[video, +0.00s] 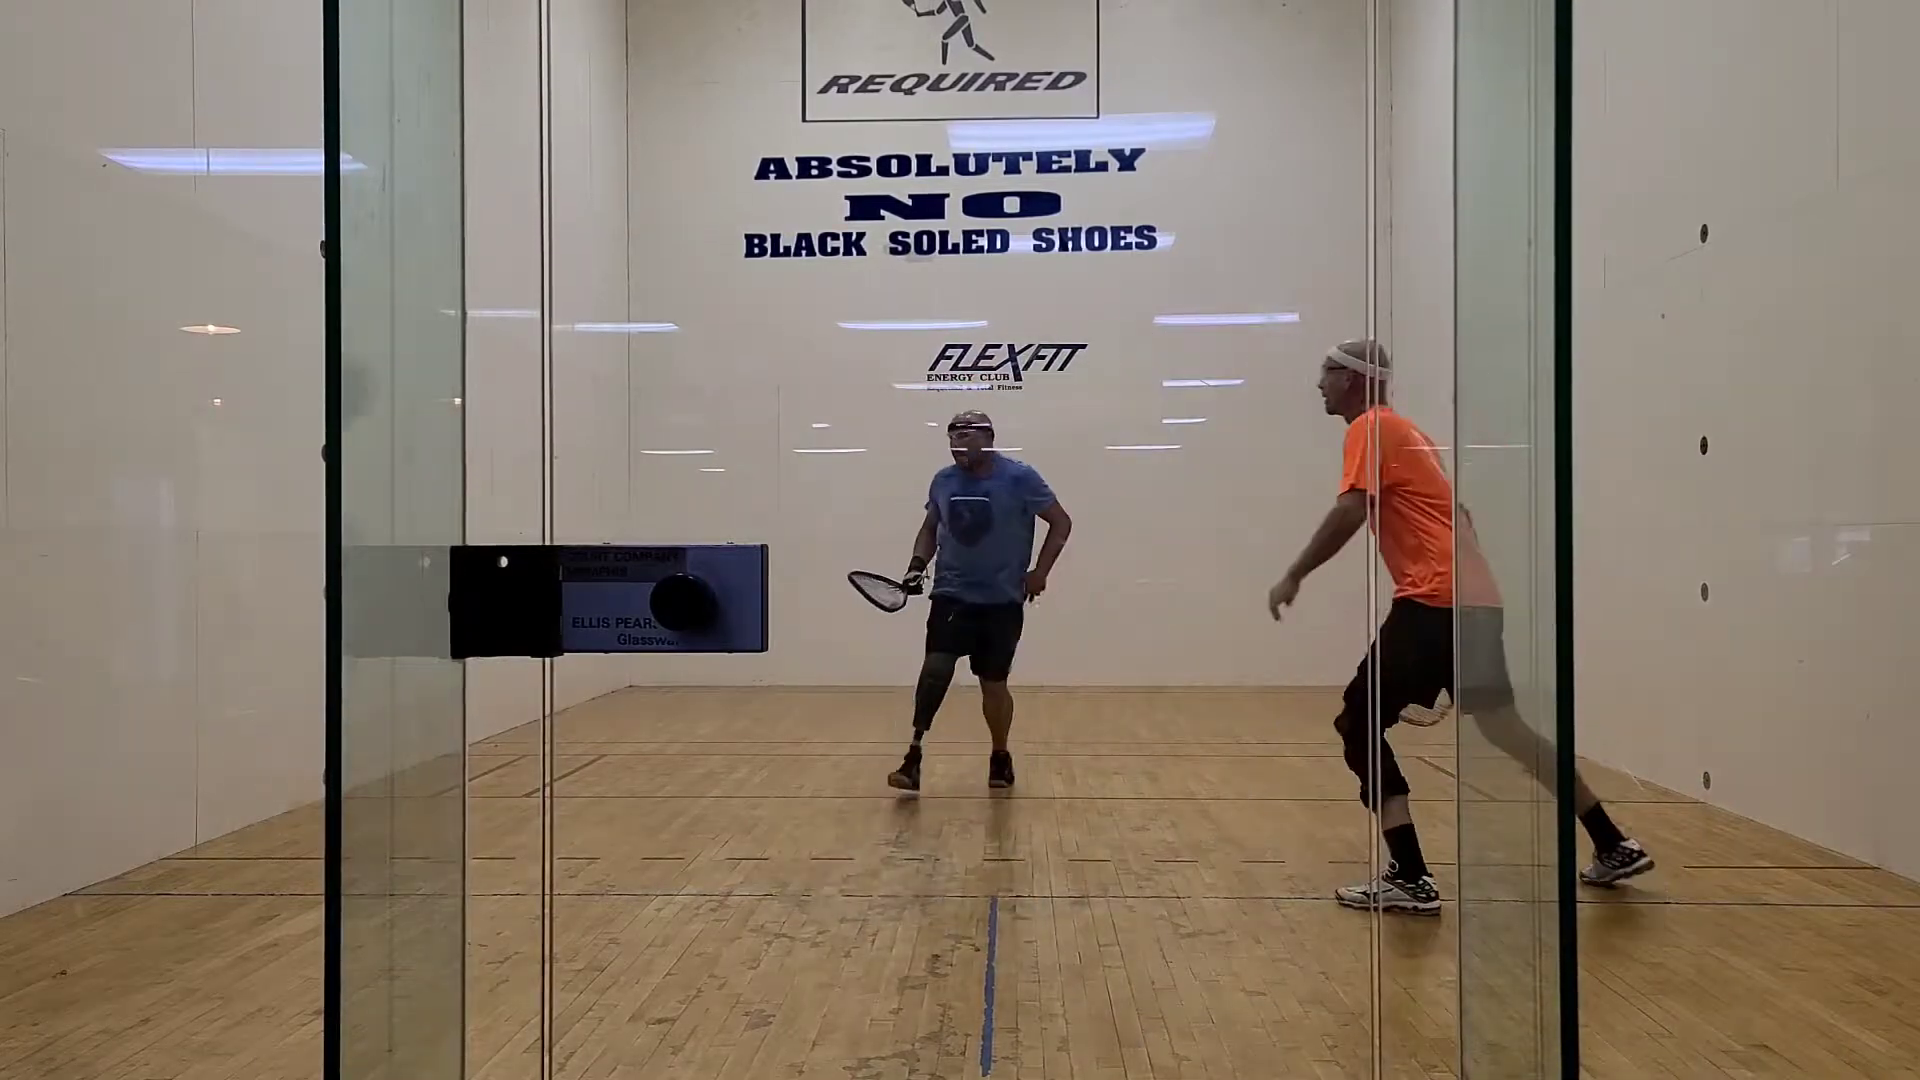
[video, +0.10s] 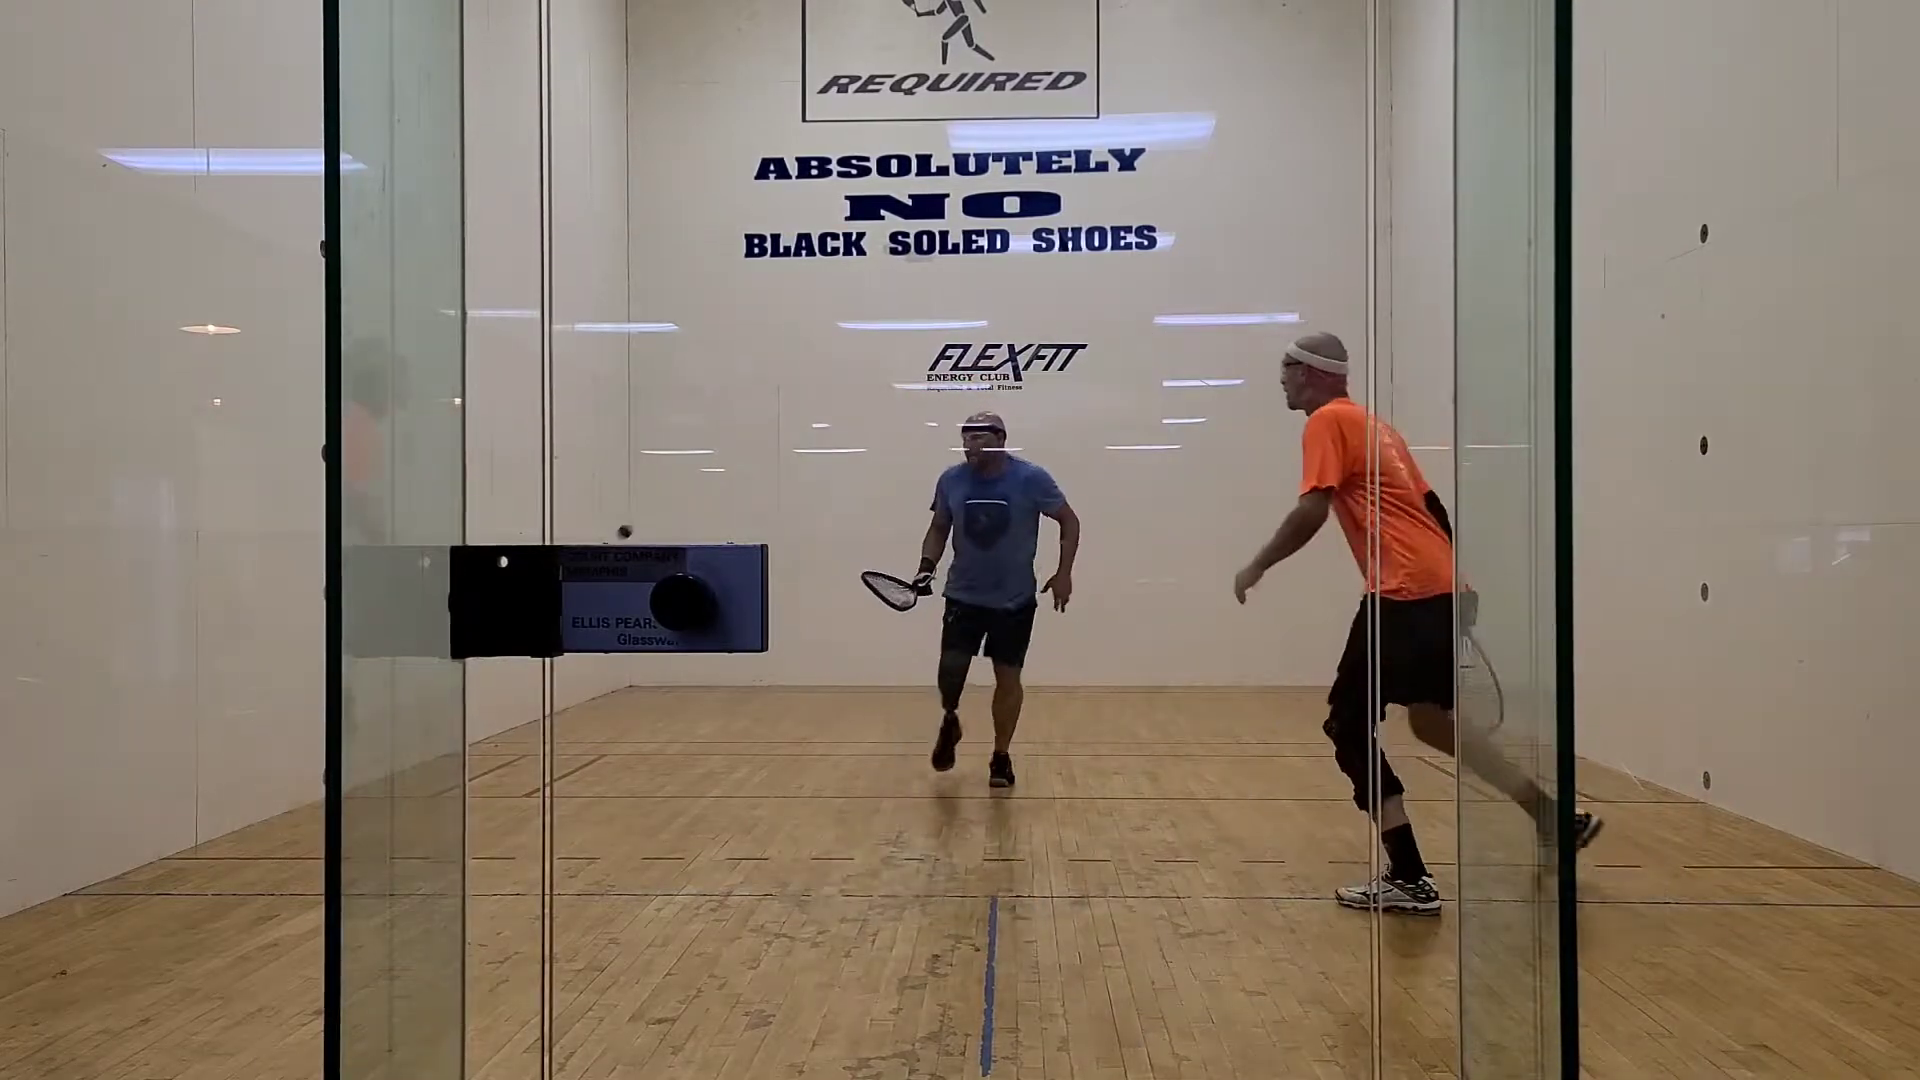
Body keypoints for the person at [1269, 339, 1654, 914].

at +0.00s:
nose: (1320, 387)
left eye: (1328, 377)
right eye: (1322, 377)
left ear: (1358, 380)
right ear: (1373, 383)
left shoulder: (1368, 427)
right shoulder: (1410, 432)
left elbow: (1351, 510)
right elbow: (1459, 515)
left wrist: (1294, 574)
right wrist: (1464, 587)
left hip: (1430, 605)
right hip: (1478, 605)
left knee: (1358, 721)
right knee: (1505, 727)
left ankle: (1409, 875)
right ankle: (1613, 844)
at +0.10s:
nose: (1283, 384)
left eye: (1290, 373)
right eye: (1284, 374)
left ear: (1318, 374)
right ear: (1335, 375)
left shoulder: (1326, 422)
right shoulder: (1376, 425)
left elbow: (1313, 510)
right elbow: (1431, 507)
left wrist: (1254, 568)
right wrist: (1454, 584)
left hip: (1396, 592)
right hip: (1438, 588)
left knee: (1349, 727)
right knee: (1433, 722)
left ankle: (1409, 878)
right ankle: (1556, 817)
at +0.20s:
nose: (1254, 378)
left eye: (1257, 367)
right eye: (1255, 367)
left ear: (1277, 366)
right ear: (1306, 366)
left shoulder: (1282, 417)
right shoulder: (1356, 417)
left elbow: (1270, 510)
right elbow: (1404, 495)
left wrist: (1233, 556)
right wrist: (1432, 572)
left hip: (1364, 586)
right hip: (1407, 579)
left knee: (1344, 727)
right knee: (1366, 708)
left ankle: (1408, 875)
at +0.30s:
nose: (1223, 368)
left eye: (1227, 358)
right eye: (1225, 358)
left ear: (1244, 361)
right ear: (1277, 361)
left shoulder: (1243, 414)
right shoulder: (1328, 411)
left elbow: (1232, 506)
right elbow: (1375, 490)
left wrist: (1216, 546)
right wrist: (1399, 564)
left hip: (1331, 582)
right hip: (1369, 574)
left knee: (1338, 732)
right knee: (1290, 685)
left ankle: (1408, 874)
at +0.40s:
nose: (1192, 370)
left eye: (1196, 361)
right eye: (1195, 360)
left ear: (1209, 366)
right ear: (1245, 366)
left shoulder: (1207, 417)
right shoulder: (1293, 416)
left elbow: (1192, 509)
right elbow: (1339, 491)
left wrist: (1193, 547)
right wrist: (1361, 559)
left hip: (1298, 584)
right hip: (1329, 575)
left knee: (1320, 733)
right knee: (1240, 689)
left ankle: (1405, 869)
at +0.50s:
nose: (1164, 389)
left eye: (1165, 380)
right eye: (1168, 379)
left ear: (1171, 380)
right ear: (1214, 379)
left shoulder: (1173, 425)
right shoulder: (1255, 430)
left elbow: (1154, 512)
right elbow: (1300, 505)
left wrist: (1159, 561)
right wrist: (1324, 579)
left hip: (1247, 596)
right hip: (1281, 590)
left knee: (1291, 739)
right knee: (1188, 701)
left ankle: (1394, 856)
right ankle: (1139, 836)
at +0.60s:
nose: (1133, 391)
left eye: (1137, 383)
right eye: (1136, 382)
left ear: (1150, 384)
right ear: (1180, 388)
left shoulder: (1140, 422)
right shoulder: (1212, 440)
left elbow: (1124, 502)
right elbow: (1256, 519)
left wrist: (1116, 580)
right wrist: (1277, 597)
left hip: (1201, 596)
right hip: (1230, 594)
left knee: (1210, 742)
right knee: (1138, 698)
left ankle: (1340, 833)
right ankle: (1130, 840)